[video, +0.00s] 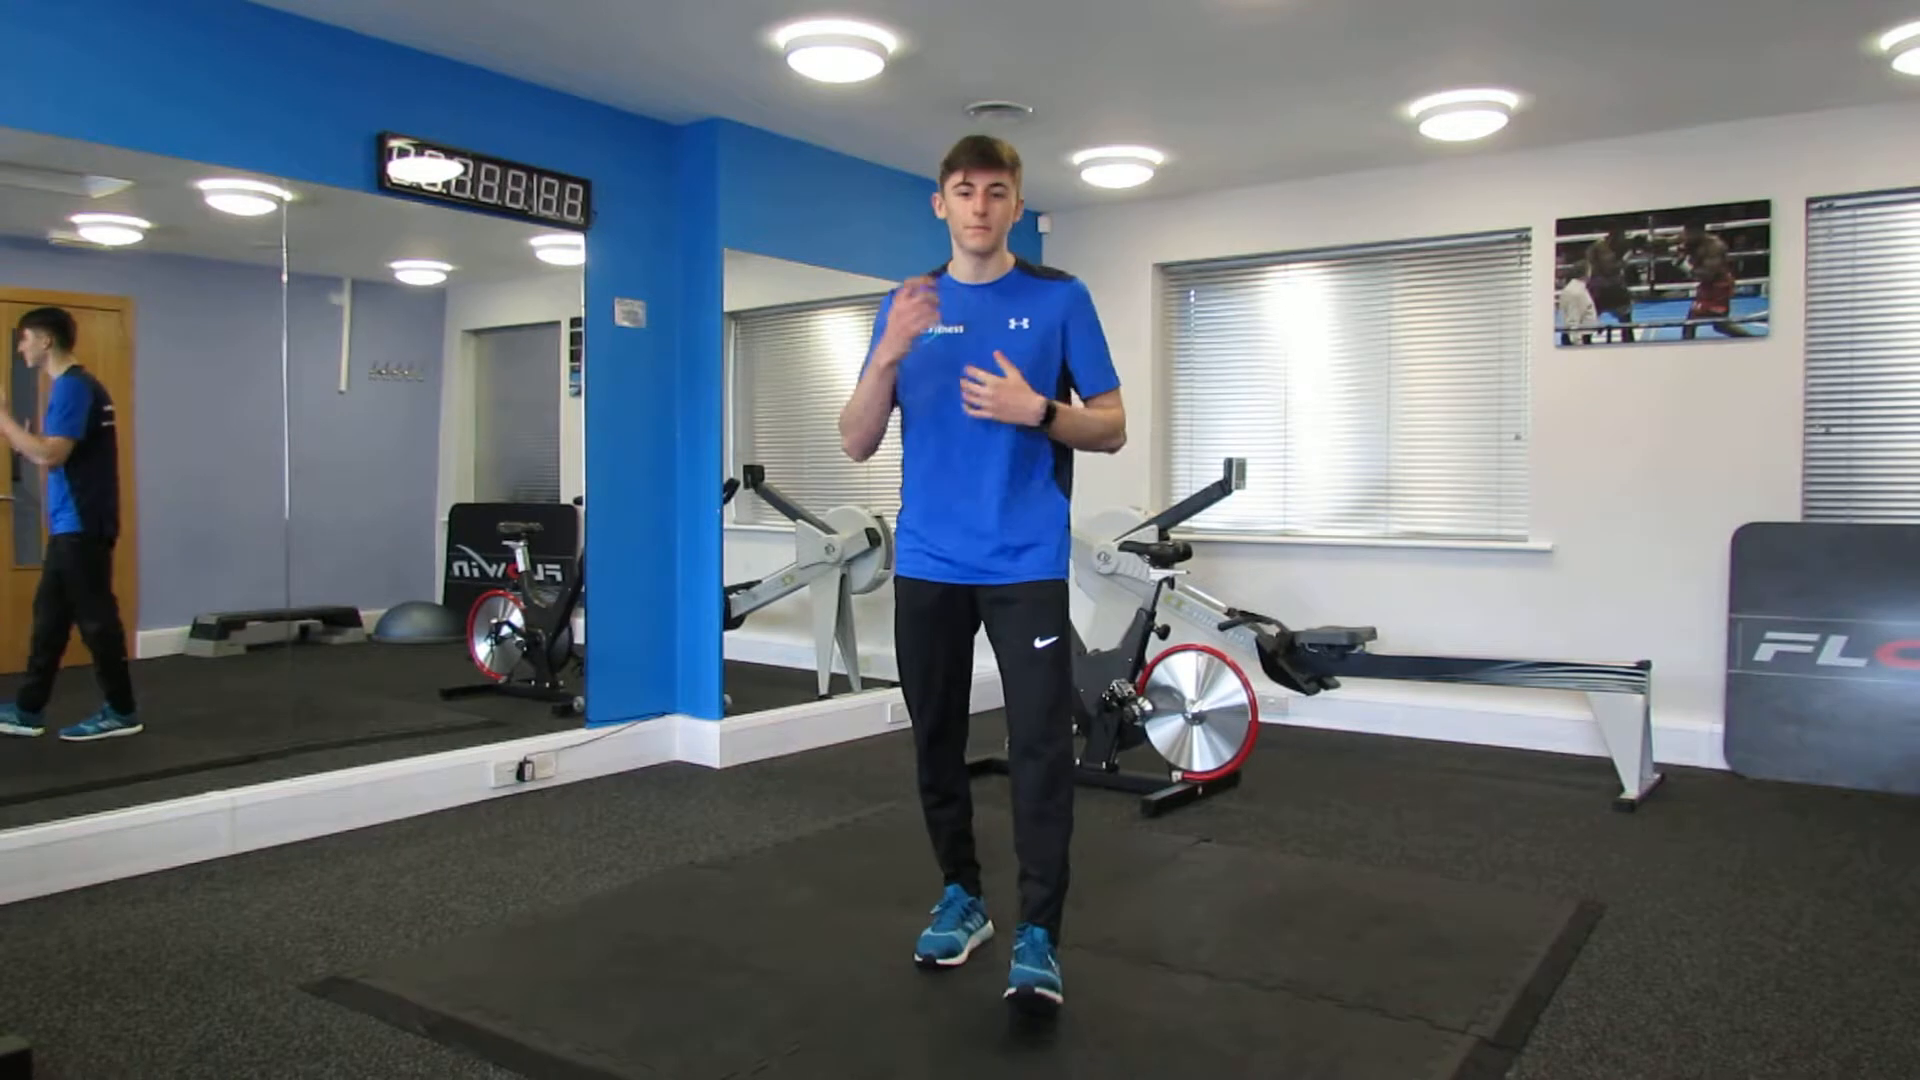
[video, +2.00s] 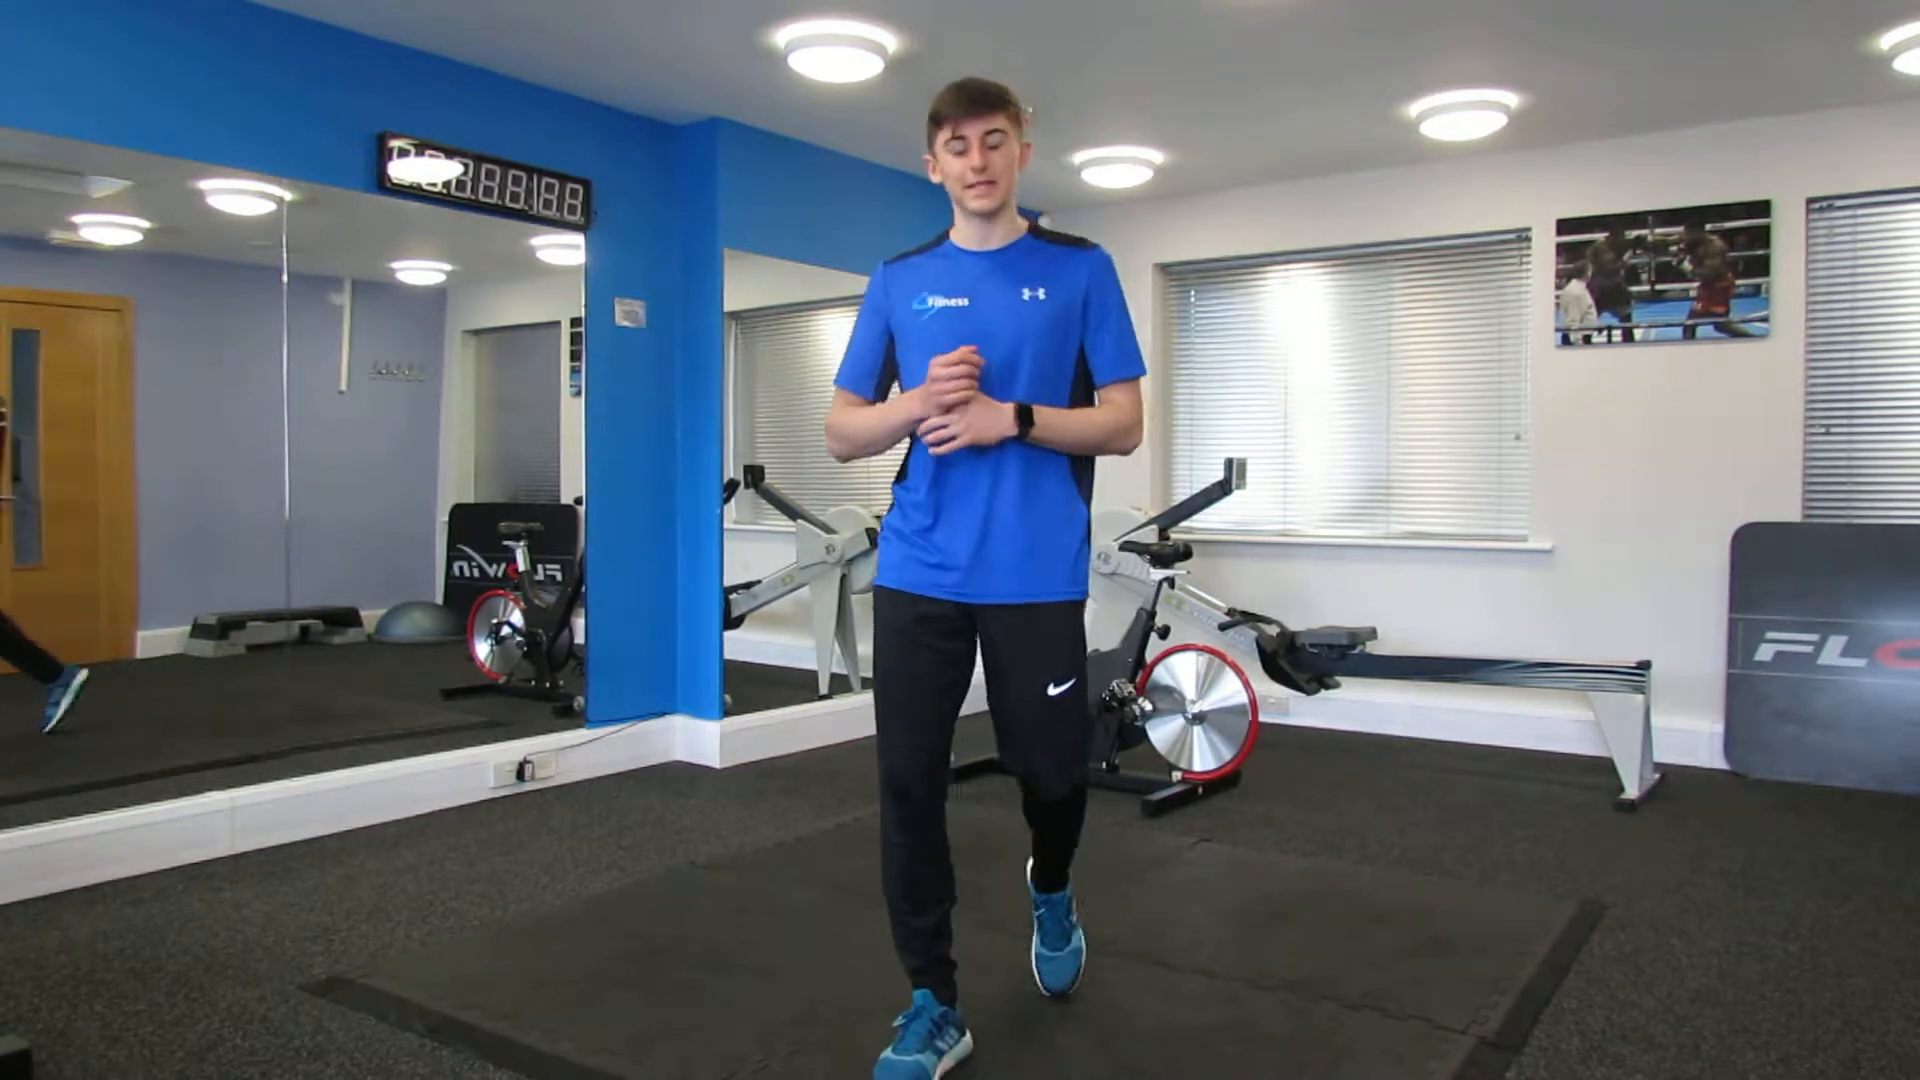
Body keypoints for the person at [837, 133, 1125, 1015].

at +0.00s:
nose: (980, 204)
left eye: (996, 192)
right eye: (965, 191)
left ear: (1017, 207)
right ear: (941, 205)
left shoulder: (1060, 300)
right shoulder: (905, 304)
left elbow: (1111, 428)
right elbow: (857, 442)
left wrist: (1040, 412)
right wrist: (890, 350)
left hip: (1027, 558)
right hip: (928, 556)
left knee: (1039, 745)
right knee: (936, 738)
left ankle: (1037, 932)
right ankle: (962, 892)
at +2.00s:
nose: (977, 156)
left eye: (994, 139)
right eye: (958, 143)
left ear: (1024, 155)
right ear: (935, 164)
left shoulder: (1079, 269)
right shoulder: (897, 282)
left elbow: (1125, 422)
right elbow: (844, 433)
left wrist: (1012, 417)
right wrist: (917, 403)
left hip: (1038, 573)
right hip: (919, 570)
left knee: (1054, 775)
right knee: (908, 785)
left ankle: (1051, 893)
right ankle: (931, 1001)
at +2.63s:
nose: (996, 139)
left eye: (1015, 113)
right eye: (981, 124)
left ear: (1069, 118)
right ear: (976, 144)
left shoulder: (1145, 235)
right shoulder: (981, 274)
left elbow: (1196, 415)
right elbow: (975, 440)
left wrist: (1032, 422)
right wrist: (930, 393)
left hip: (1095, 589)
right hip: (984, 583)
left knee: (1117, 822)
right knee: (943, 801)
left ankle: (1205, 1042)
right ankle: (946, 1006)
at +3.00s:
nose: (1037, 139)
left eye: (1052, 113)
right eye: (1033, 120)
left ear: (1119, 110)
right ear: (1089, 123)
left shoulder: (1205, 228)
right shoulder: (1093, 247)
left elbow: (1255, 408)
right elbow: (1133, 400)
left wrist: (1088, 429)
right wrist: (1053, 389)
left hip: (1194, 583)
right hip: (1110, 574)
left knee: (1192, 815)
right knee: (1090, 792)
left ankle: (1219, 1039)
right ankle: (1044, 990)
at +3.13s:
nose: (1060, 143)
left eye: (1074, 117)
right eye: (1056, 124)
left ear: (1142, 112)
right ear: (1103, 125)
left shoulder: (1223, 229)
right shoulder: (1113, 248)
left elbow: (1246, 419)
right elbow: (1146, 396)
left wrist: (1084, 422)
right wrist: (1082, 378)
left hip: (1213, 581)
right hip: (1132, 573)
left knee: (1207, 814)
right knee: (1118, 779)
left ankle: (1224, 1040)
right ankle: (1129, 975)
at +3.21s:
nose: (1078, 147)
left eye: (1093, 122)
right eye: (1072, 129)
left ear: (1159, 116)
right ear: (1101, 134)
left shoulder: (1235, 231)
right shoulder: (1122, 251)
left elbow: (1250, 419)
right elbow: (1143, 405)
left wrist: (1093, 410)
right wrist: (1083, 373)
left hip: (1219, 580)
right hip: (1138, 570)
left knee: (1211, 812)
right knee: (1125, 759)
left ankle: (1228, 1041)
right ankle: (1186, 948)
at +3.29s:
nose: (1098, 151)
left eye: (1115, 125)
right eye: (1090, 134)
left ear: (1177, 121)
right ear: (1098, 146)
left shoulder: (1245, 231)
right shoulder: (1129, 258)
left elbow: (1263, 414)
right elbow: (1143, 412)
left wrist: (1112, 393)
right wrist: (1080, 374)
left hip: (1222, 574)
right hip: (1144, 568)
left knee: (1212, 810)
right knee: (1132, 756)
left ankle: (1229, 1036)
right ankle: (1221, 929)